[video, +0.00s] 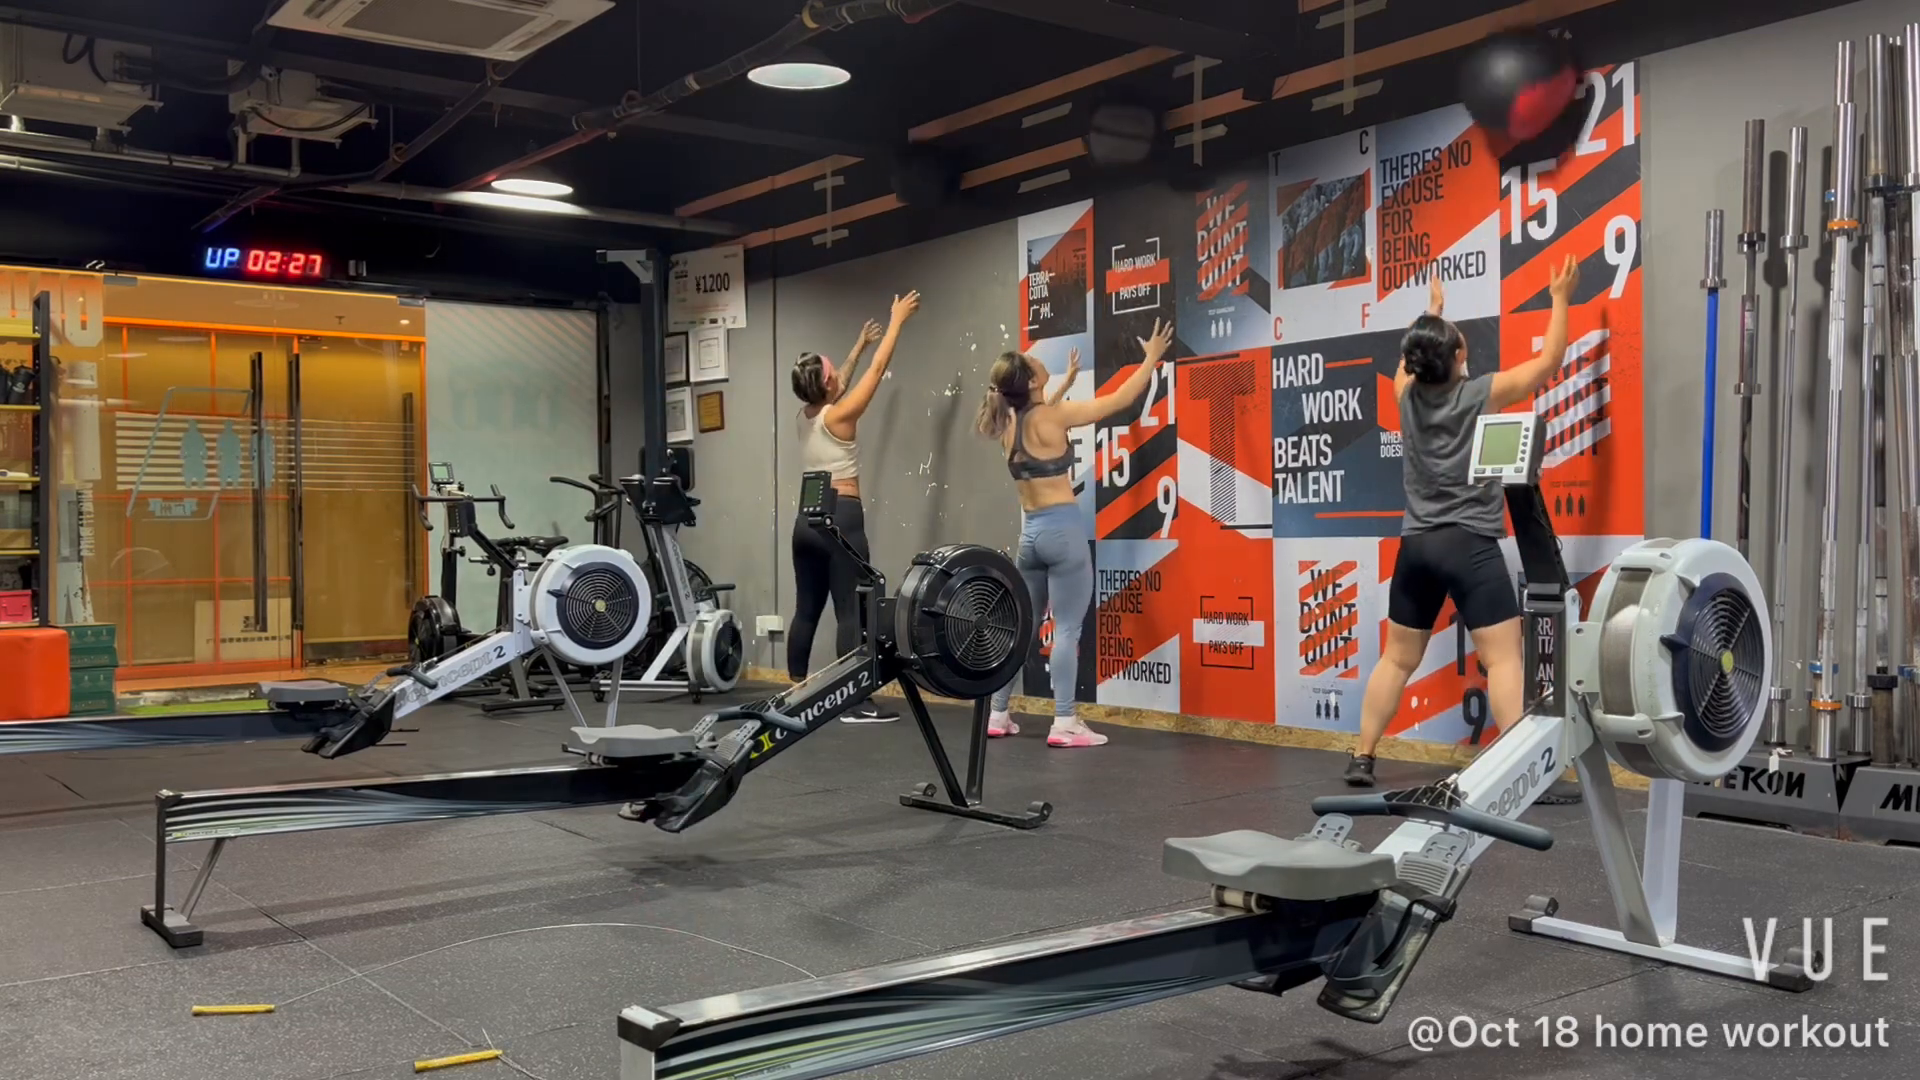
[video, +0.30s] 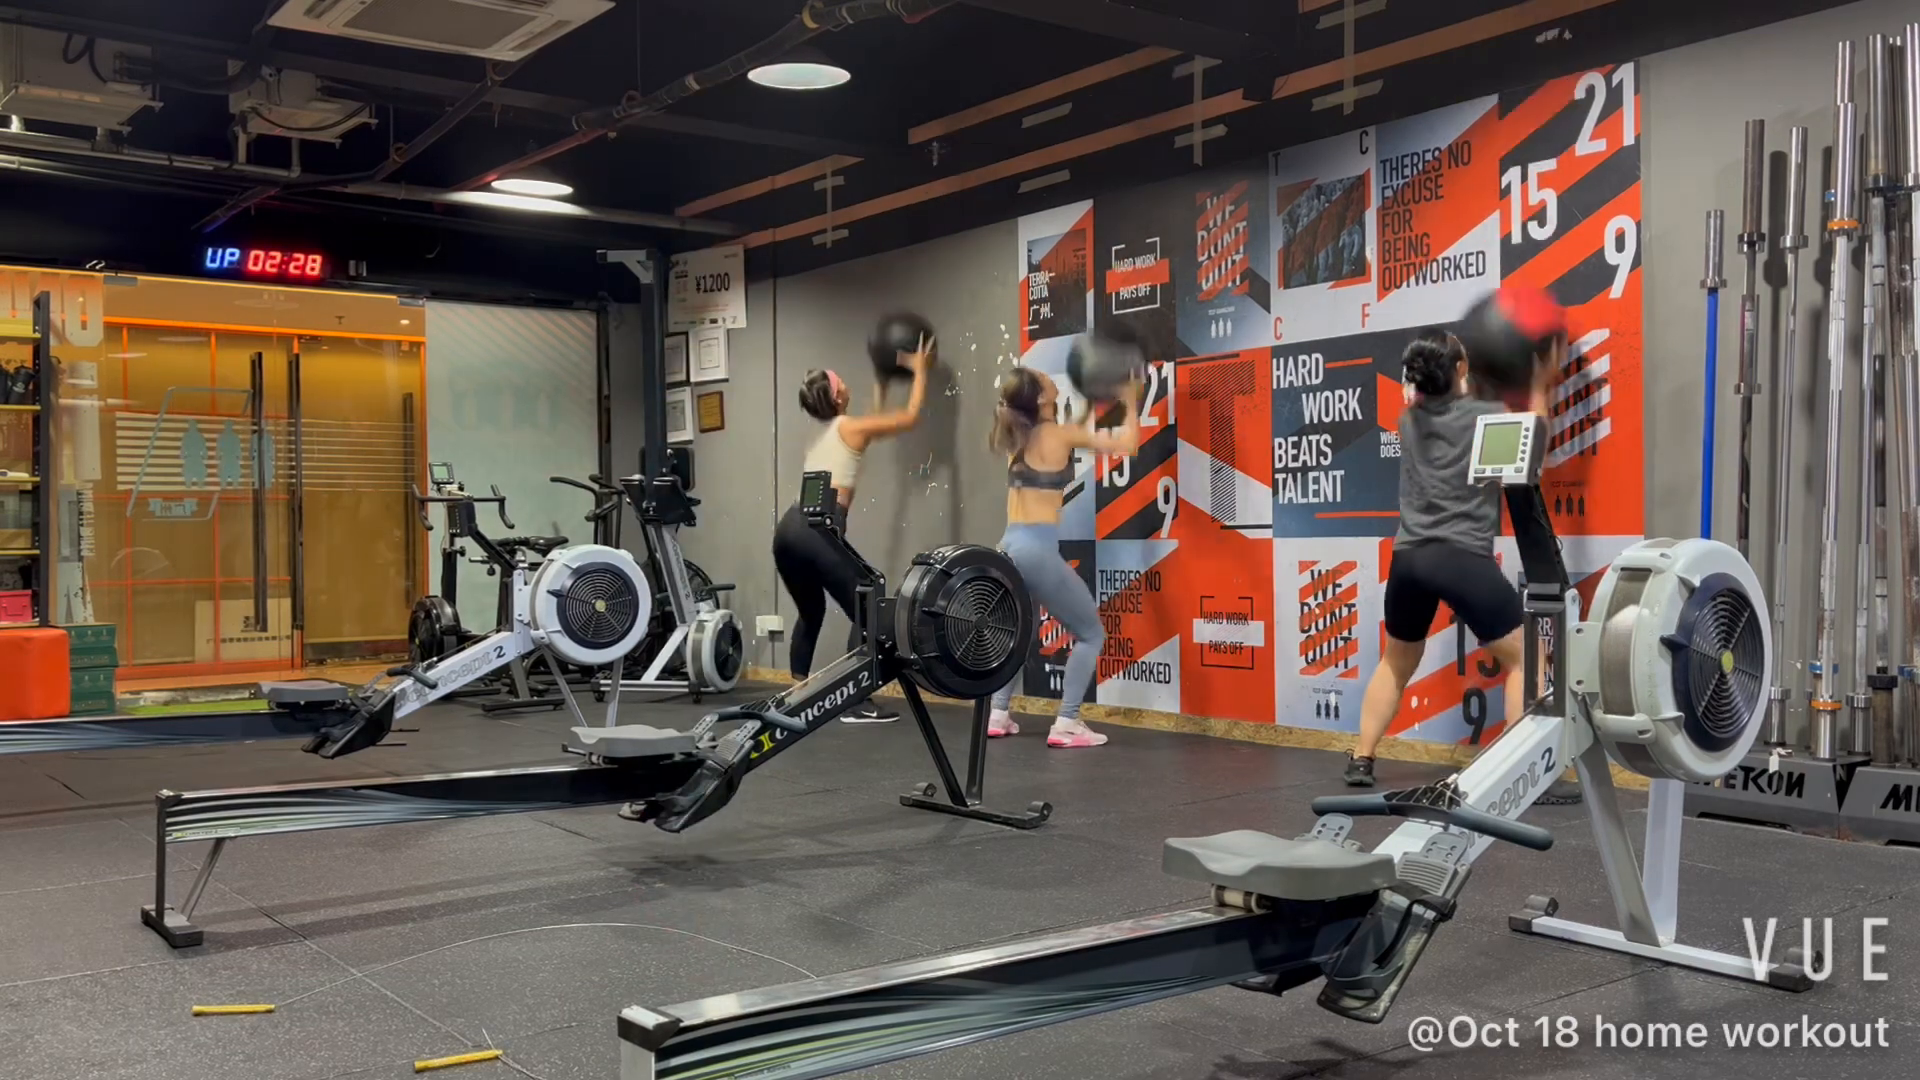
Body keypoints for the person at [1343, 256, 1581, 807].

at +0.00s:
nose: (1467, 349)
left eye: (1462, 345)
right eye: (1463, 346)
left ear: (1417, 363)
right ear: (1457, 359)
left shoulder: (1408, 396)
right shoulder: (1481, 393)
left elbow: (1408, 362)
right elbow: (1547, 363)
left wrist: (1431, 321)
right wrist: (1560, 298)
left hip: (1417, 545)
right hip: (1470, 546)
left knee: (1397, 660)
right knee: (1501, 660)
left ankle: (1361, 759)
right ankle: (1525, 772)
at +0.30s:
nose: (1467, 364)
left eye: (1463, 359)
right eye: (1463, 360)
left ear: (1418, 379)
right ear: (1458, 372)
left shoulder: (1410, 419)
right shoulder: (1485, 416)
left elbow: (1421, 398)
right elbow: (1532, 443)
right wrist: (1540, 386)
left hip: (1409, 559)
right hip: (1466, 561)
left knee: (1395, 663)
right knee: (1522, 660)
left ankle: (1360, 759)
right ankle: (1524, 770)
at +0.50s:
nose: (1479, 429)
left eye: (1474, 423)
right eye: (1475, 424)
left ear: (1426, 437)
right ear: (1470, 432)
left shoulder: (1416, 480)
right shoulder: (1488, 485)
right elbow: (1515, 554)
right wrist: (1545, 499)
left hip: (1399, 612)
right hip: (1459, 614)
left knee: (1390, 677)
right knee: (1547, 669)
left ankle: (1361, 759)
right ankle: (1541, 775)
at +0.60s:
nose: (1474, 450)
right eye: (1471, 445)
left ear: (1422, 458)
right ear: (1467, 453)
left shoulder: (1417, 501)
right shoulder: (1491, 506)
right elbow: (1518, 576)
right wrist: (1545, 520)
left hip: (1396, 635)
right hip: (1458, 637)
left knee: (1394, 685)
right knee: (1551, 671)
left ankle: (1361, 761)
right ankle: (1541, 774)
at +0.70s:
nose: (1473, 460)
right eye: (1470, 455)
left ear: (1423, 468)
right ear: (1468, 464)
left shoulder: (1416, 512)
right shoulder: (1494, 519)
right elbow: (1516, 589)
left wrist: (1483, 492)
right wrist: (1545, 534)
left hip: (1396, 644)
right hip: (1456, 645)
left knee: (1398, 687)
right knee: (1550, 671)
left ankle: (1362, 760)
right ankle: (1538, 775)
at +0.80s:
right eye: (1471, 462)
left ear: (1425, 474)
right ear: (1469, 469)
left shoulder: (1416, 519)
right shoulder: (1495, 525)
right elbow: (1516, 597)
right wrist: (1547, 541)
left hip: (1396, 646)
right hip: (1457, 648)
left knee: (1398, 688)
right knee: (1550, 668)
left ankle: (1362, 760)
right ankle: (1538, 775)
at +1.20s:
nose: (1482, 480)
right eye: (1479, 474)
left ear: (1432, 485)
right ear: (1475, 484)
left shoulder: (1418, 525)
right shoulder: (1498, 536)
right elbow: (1513, 609)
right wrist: (1520, 573)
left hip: (1387, 650)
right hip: (1450, 649)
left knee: (1388, 683)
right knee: (1548, 672)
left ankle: (1362, 759)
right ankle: (1533, 772)